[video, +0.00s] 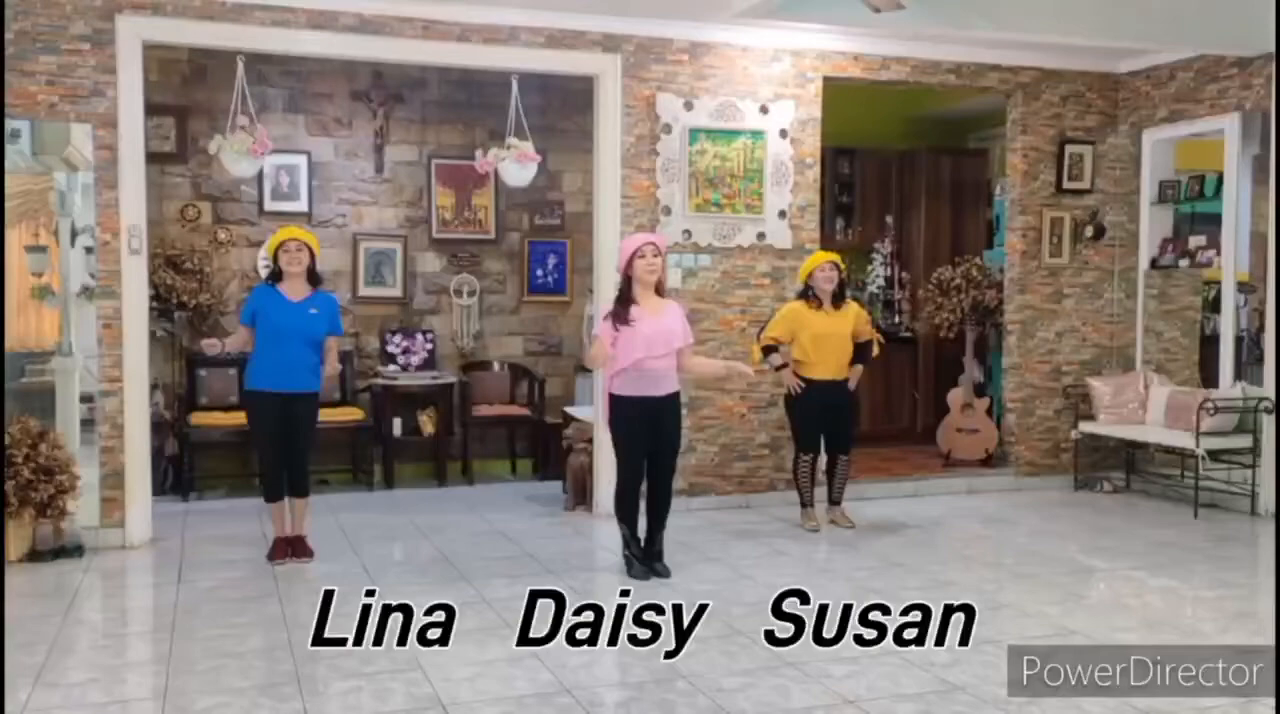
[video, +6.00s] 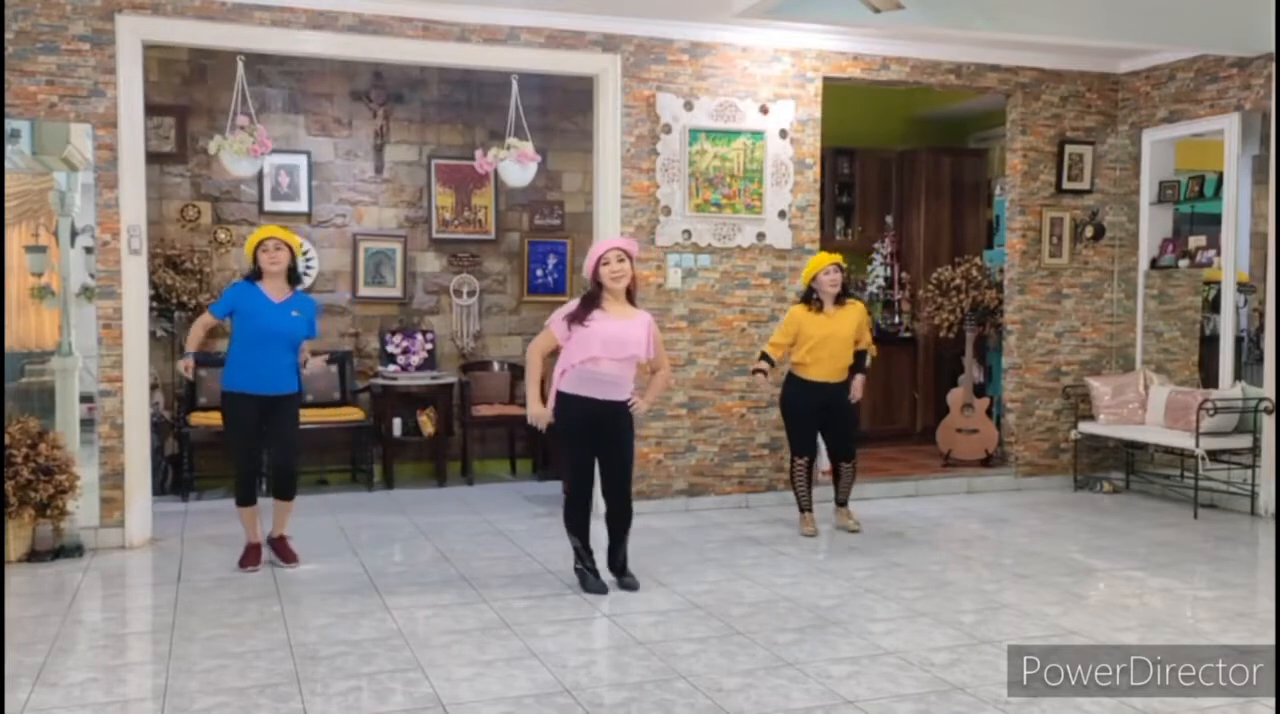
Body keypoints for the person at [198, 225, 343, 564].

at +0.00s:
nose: (293, 255)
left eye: (299, 250)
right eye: (286, 251)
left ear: (310, 257)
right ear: (277, 259)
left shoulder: (325, 301)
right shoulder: (261, 295)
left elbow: (331, 348)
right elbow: (245, 338)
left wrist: (331, 364)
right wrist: (223, 345)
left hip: (304, 391)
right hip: (263, 390)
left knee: (298, 460)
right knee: (270, 462)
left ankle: (299, 535)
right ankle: (281, 536)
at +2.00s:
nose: (304, 257)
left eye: (310, 252)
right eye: (297, 251)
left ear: (318, 260)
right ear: (283, 257)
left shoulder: (332, 298)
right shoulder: (267, 301)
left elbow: (344, 341)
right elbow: (256, 347)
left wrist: (355, 347)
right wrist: (231, 361)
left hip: (323, 395)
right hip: (280, 396)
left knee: (325, 463)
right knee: (278, 465)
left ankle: (337, 535)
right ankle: (281, 537)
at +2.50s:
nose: (325, 257)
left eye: (331, 252)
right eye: (318, 252)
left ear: (339, 259)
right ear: (306, 259)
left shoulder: (354, 296)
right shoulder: (292, 303)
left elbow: (363, 338)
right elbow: (284, 351)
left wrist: (379, 351)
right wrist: (277, 385)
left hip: (348, 395)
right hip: (308, 396)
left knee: (343, 466)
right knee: (312, 467)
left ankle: (338, 535)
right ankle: (304, 531)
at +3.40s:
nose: (302, 256)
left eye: (308, 251)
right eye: (295, 251)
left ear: (316, 259)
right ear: (283, 258)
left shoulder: (324, 303)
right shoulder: (263, 295)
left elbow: (325, 349)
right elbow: (244, 336)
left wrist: (349, 357)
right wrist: (234, 362)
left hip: (309, 396)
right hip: (265, 395)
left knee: (320, 463)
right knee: (265, 465)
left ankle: (335, 534)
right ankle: (267, 538)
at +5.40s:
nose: (308, 254)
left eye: (313, 248)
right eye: (300, 250)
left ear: (323, 256)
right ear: (290, 259)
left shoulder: (336, 298)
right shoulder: (277, 297)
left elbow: (342, 346)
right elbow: (255, 338)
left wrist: (373, 340)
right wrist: (273, 356)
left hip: (329, 394)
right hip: (288, 394)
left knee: (329, 465)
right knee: (281, 466)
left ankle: (331, 536)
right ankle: (259, 538)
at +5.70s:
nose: (290, 255)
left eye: (296, 250)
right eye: (283, 250)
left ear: (306, 259)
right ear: (271, 259)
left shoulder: (313, 304)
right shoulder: (255, 294)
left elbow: (314, 353)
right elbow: (211, 325)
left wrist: (341, 355)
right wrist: (223, 360)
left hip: (298, 397)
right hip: (255, 395)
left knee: (311, 465)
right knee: (254, 469)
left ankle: (323, 537)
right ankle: (255, 541)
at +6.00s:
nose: (272, 254)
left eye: (279, 249)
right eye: (265, 250)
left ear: (291, 257)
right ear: (256, 258)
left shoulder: (305, 304)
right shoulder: (239, 293)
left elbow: (303, 348)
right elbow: (203, 323)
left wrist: (306, 361)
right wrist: (189, 353)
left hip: (285, 396)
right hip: (241, 394)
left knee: (286, 466)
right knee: (246, 468)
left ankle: (278, 536)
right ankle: (253, 541)